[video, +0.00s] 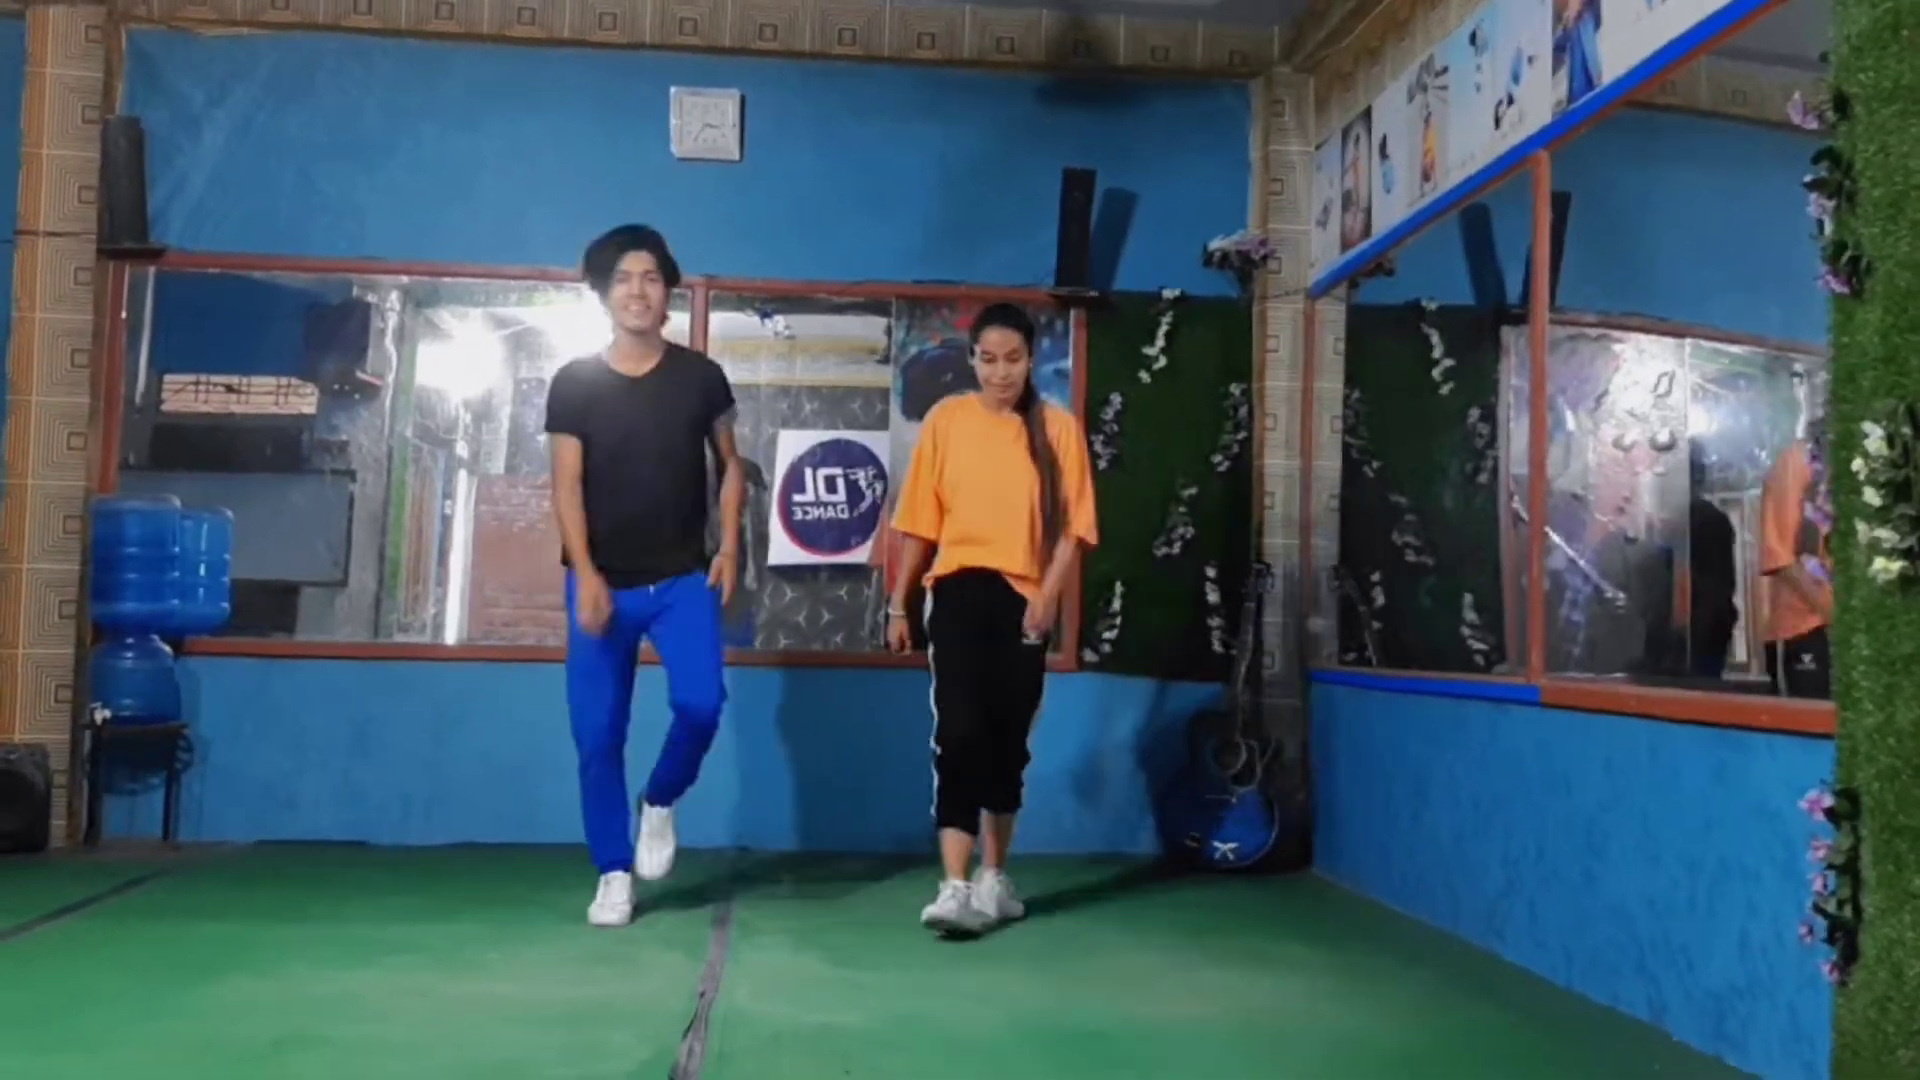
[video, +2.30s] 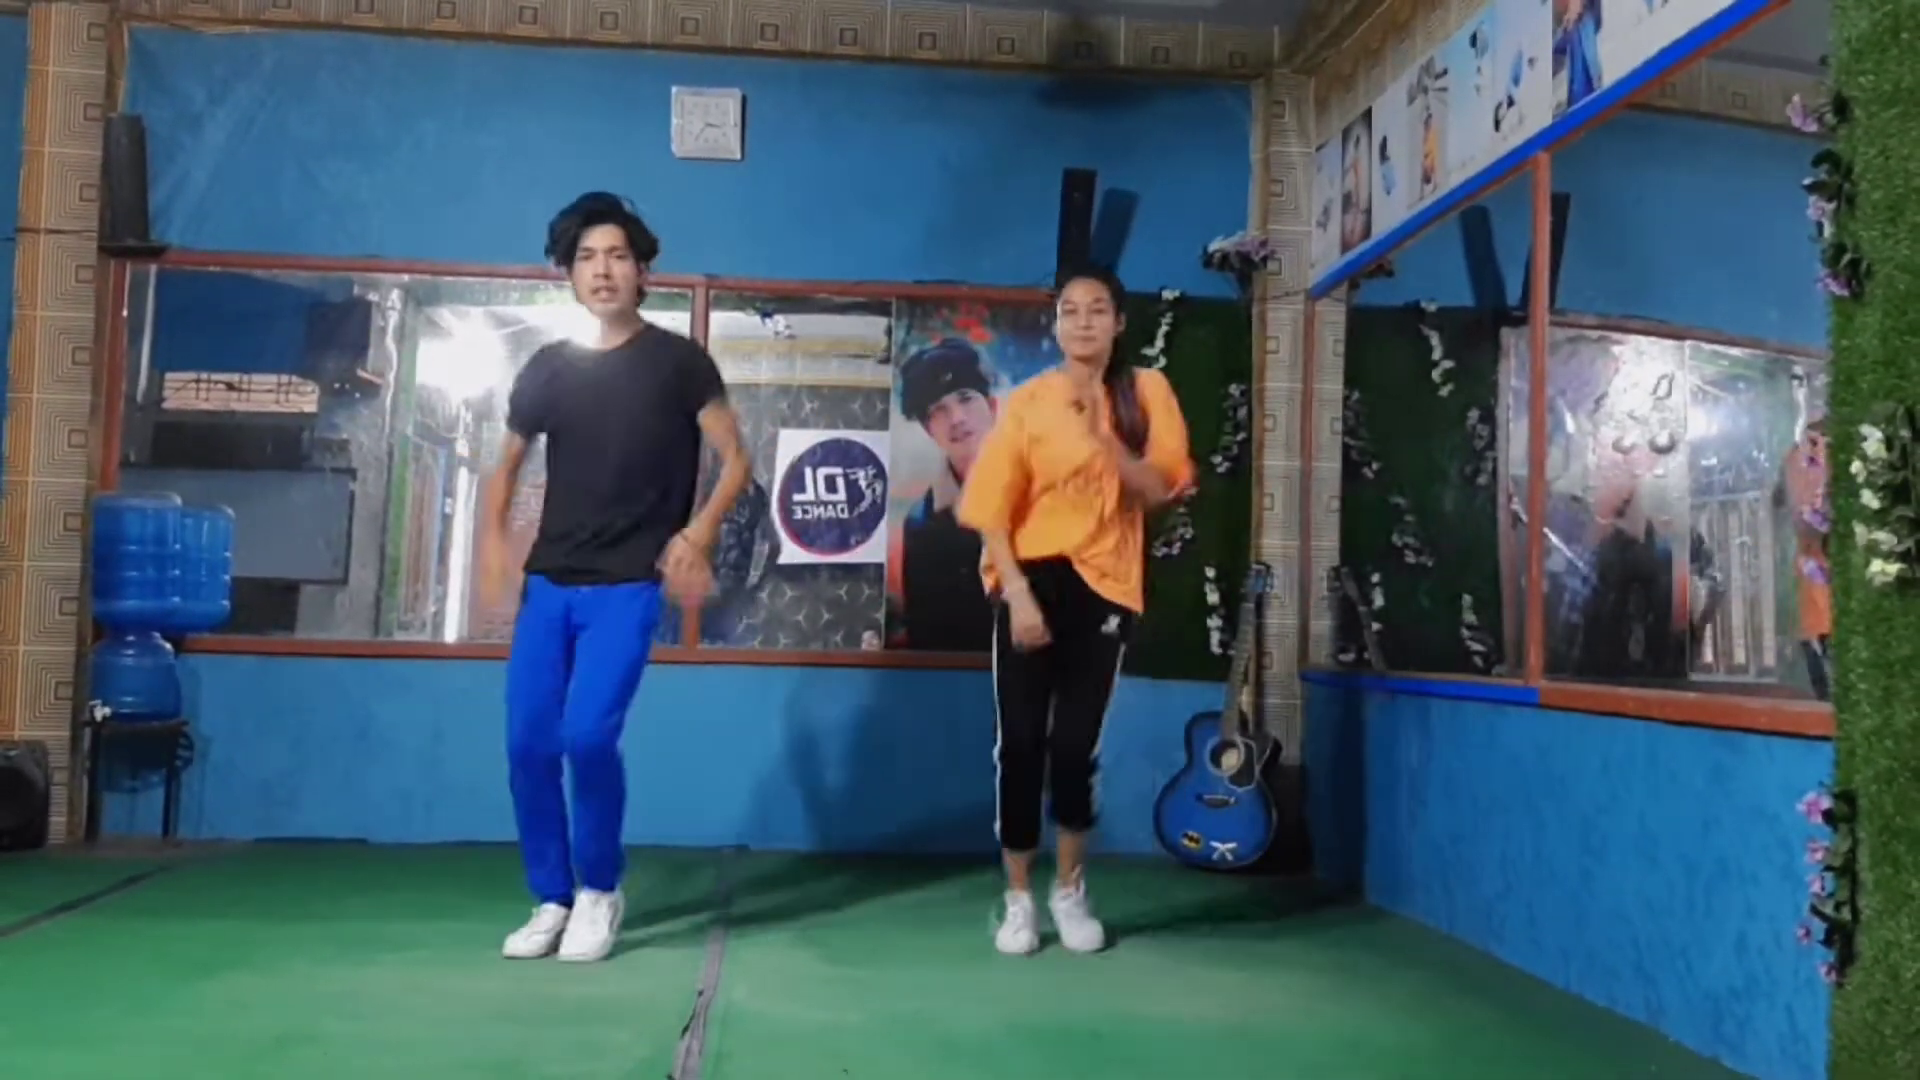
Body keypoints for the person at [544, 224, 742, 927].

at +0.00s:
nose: (640, 292)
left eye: (651, 279)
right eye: (625, 280)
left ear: (669, 292)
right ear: (603, 295)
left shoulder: (701, 376)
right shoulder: (576, 382)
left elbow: (732, 467)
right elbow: (566, 486)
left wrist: (728, 547)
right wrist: (585, 574)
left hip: (684, 581)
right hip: (601, 583)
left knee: (702, 706)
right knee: (597, 735)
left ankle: (658, 803)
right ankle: (613, 870)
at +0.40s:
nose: (647, 276)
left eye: (664, 264)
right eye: (636, 264)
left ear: (695, 284)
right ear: (621, 281)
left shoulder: (720, 382)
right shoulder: (585, 368)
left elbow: (732, 490)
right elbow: (564, 469)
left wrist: (667, 503)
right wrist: (622, 500)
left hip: (672, 594)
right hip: (586, 589)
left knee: (658, 753)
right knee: (555, 734)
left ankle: (638, 905)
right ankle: (605, 836)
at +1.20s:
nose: (618, 272)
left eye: (630, 259)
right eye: (601, 259)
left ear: (644, 273)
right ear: (573, 274)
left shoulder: (672, 358)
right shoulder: (539, 362)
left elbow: (768, 410)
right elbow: (459, 428)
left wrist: (682, 425)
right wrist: (557, 438)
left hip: (654, 585)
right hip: (563, 587)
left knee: (658, 729)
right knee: (570, 746)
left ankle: (627, 892)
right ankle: (574, 898)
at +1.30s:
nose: (626, 269)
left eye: (640, 257)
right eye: (611, 256)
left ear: (656, 272)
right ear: (583, 271)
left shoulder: (683, 359)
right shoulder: (546, 356)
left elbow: (770, 421)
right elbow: (457, 423)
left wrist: (838, 386)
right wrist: (423, 380)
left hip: (657, 587)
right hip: (567, 585)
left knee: (639, 748)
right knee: (572, 748)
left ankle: (620, 904)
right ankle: (578, 895)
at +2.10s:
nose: (624, 265)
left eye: (638, 251)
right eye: (609, 252)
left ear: (662, 265)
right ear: (588, 269)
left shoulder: (699, 345)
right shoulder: (563, 355)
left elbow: (793, 401)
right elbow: (472, 404)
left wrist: (784, 336)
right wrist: (419, 335)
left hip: (665, 575)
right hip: (579, 565)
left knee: (655, 727)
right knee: (496, 685)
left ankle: (673, 865)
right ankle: (538, 844)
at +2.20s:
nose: (614, 261)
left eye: (628, 246)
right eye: (597, 248)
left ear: (652, 260)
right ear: (578, 263)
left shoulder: (691, 341)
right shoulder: (550, 350)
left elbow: (778, 402)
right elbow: (466, 400)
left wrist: (724, 427)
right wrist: (449, 417)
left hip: (656, 558)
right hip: (570, 556)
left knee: (628, 690)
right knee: (521, 709)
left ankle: (618, 840)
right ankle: (537, 884)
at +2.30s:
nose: (604, 271)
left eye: (618, 256)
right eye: (588, 258)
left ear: (642, 271)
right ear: (569, 275)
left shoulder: (682, 362)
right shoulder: (549, 368)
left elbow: (736, 464)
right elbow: (505, 470)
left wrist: (700, 535)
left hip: (628, 587)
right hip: (549, 583)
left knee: (586, 736)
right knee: (528, 740)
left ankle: (598, 892)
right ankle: (553, 898)